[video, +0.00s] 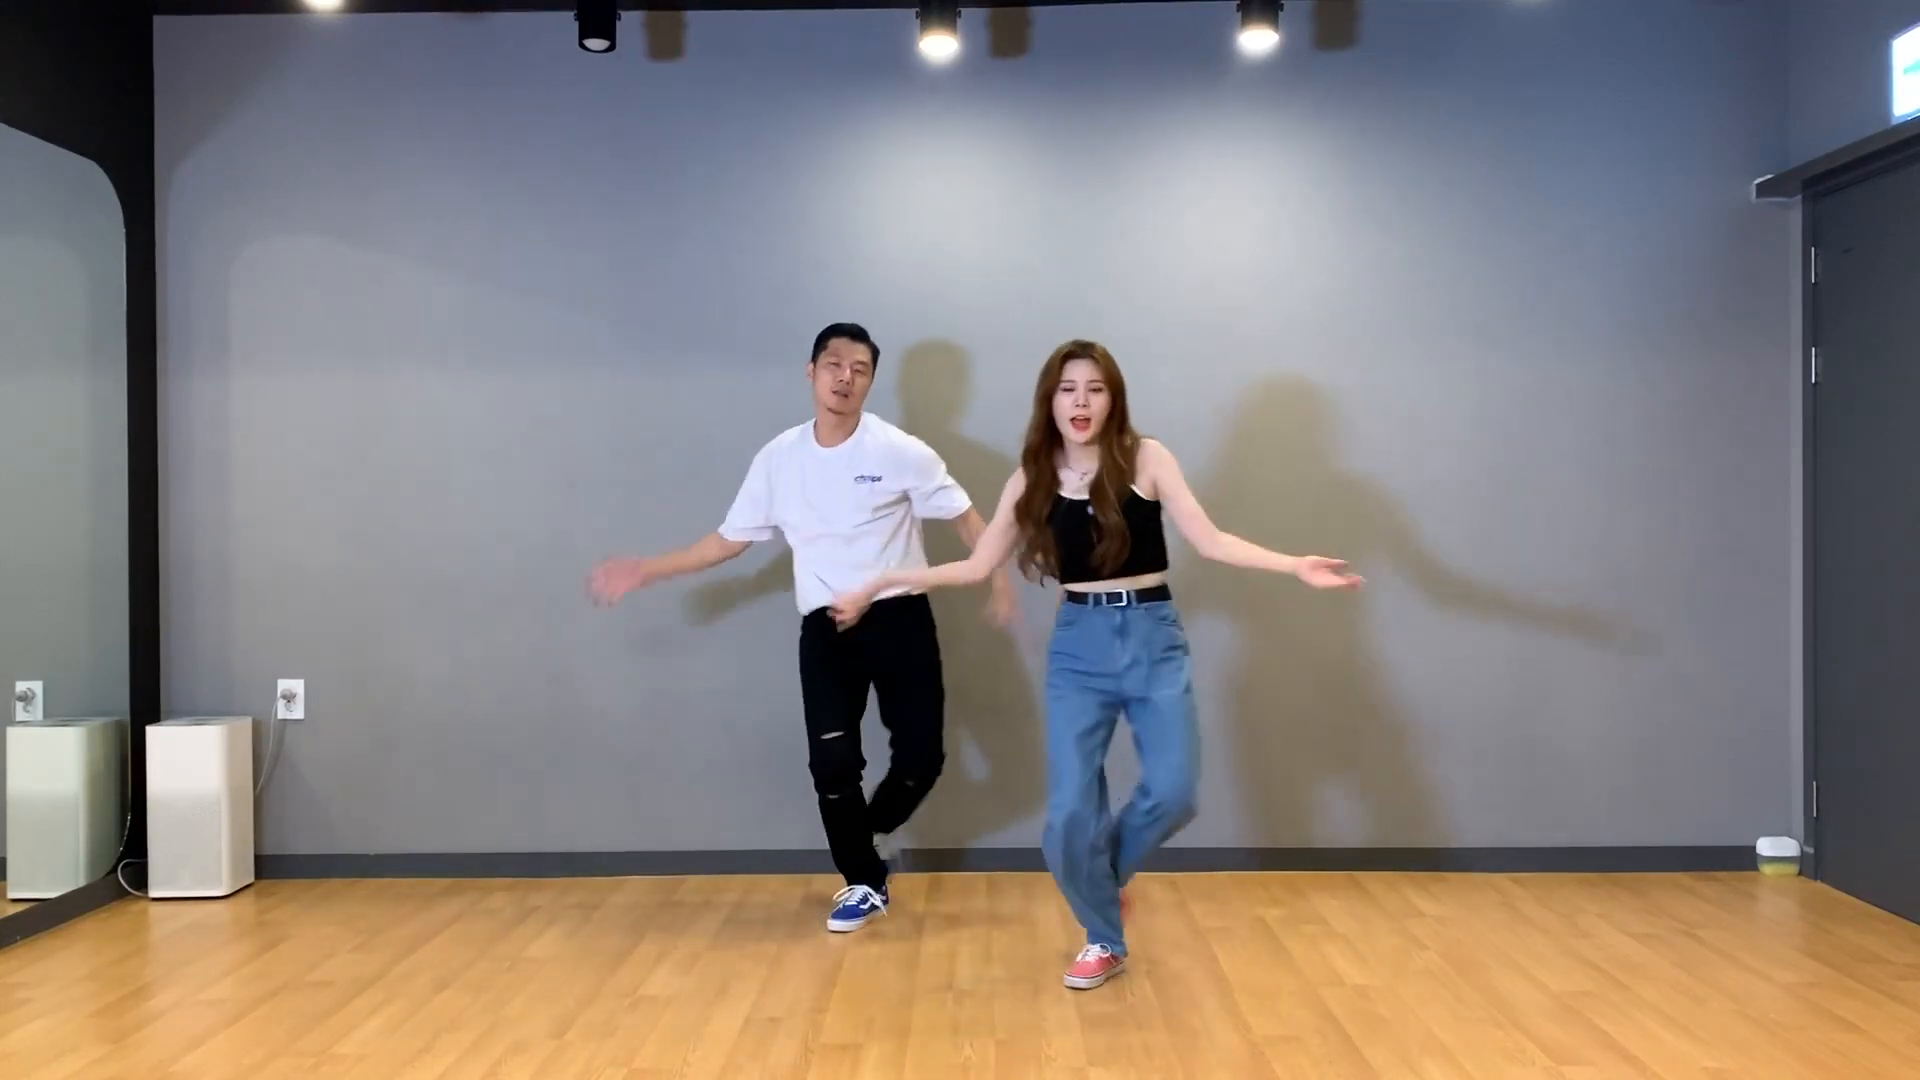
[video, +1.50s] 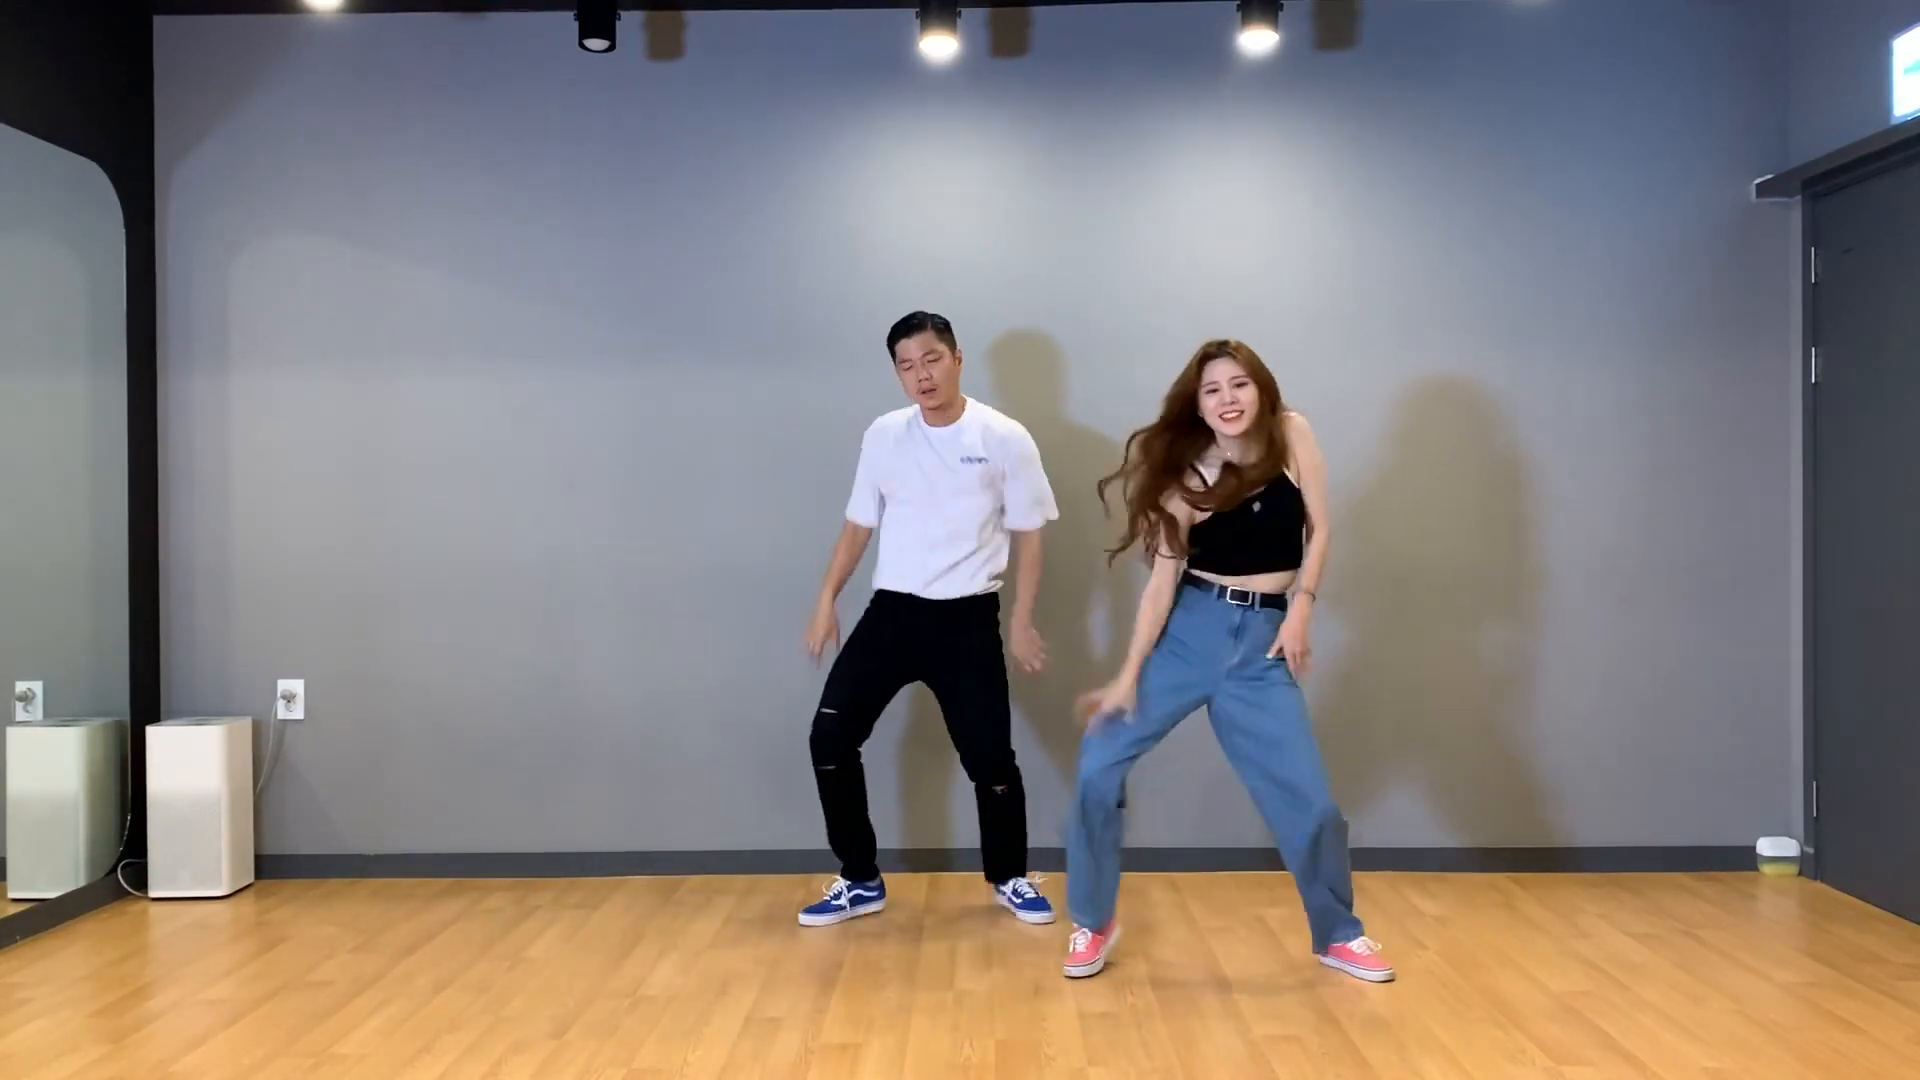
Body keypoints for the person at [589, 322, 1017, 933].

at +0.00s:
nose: (844, 377)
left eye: (859, 369)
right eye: (833, 364)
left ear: (871, 383)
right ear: (811, 373)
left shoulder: (902, 454)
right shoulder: (778, 459)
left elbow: (967, 519)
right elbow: (727, 541)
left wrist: (999, 579)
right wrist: (644, 570)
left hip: (903, 621)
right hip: (827, 627)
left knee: (921, 760)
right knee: (833, 762)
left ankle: (866, 831)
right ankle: (863, 884)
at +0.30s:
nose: (893, 329)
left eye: (904, 317)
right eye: (880, 320)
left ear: (926, 327)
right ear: (867, 333)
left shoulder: (949, 391)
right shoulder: (864, 388)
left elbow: (1014, 449)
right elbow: (865, 440)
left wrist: (927, 452)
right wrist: (840, 448)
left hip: (940, 588)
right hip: (870, 591)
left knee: (983, 731)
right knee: (860, 736)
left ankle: (1024, 869)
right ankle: (868, 879)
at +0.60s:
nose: (921, 368)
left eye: (930, 354)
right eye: (906, 362)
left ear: (952, 361)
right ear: (895, 378)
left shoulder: (981, 423)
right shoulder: (899, 445)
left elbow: (999, 513)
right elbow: (874, 532)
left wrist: (915, 532)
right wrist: (841, 517)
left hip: (977, 615)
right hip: (915, 615)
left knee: (990, 761)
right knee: (849, 741)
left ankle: (1059, 867)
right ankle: (864, 883)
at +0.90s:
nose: (922, 384)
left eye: (931, 367)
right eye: (910, 377)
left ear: (957, 360)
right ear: (903, 385)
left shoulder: (992, 428)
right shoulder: (911, 428)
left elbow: (931, 496)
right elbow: (871, 498)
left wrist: (895, 422)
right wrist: (846, 421)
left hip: (975, 614)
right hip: (915, 611)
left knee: (986, 770)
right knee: (851, 740)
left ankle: (1077, 862)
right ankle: (864, 883)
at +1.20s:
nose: (926, 391)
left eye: (935, 375)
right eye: (913, 384)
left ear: (960, 368)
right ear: (905, 391)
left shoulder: (988, 439)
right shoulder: (922, 437)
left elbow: (922, 517)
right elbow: (893, 502)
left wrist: (907, 435)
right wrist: (860, 427)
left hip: (998, 616)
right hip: (940, 620)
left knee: (1033, 763)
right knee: (863, 737)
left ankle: (1107, 878)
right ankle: (865, 883)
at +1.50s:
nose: (923, 375)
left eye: (933, 360)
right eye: (909, 366)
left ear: (957, 360)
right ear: (899, 375)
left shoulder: (1005, 439)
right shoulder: (884, 437)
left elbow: (1029, 533)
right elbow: (858, 525)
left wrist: (1023, 620)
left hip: (968, 622)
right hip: (892, 618)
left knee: (991, 758)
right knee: (831, 737)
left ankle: (1010, 877)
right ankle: (860, 881)